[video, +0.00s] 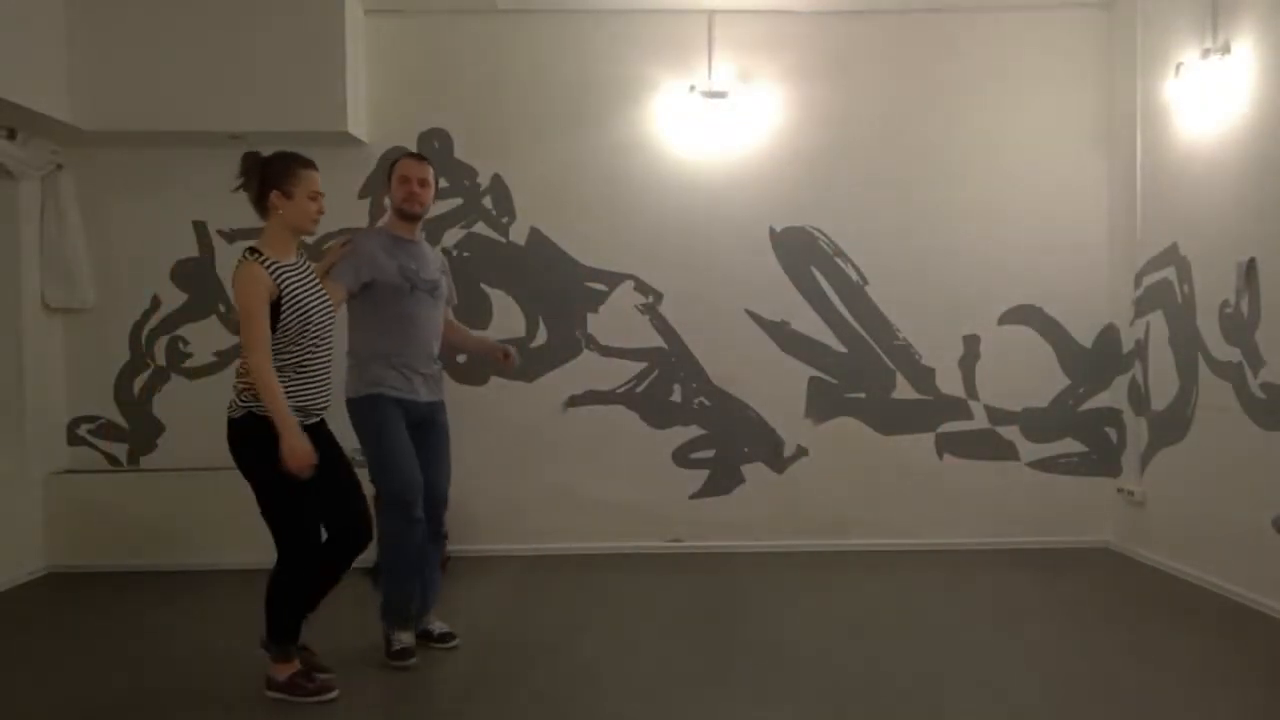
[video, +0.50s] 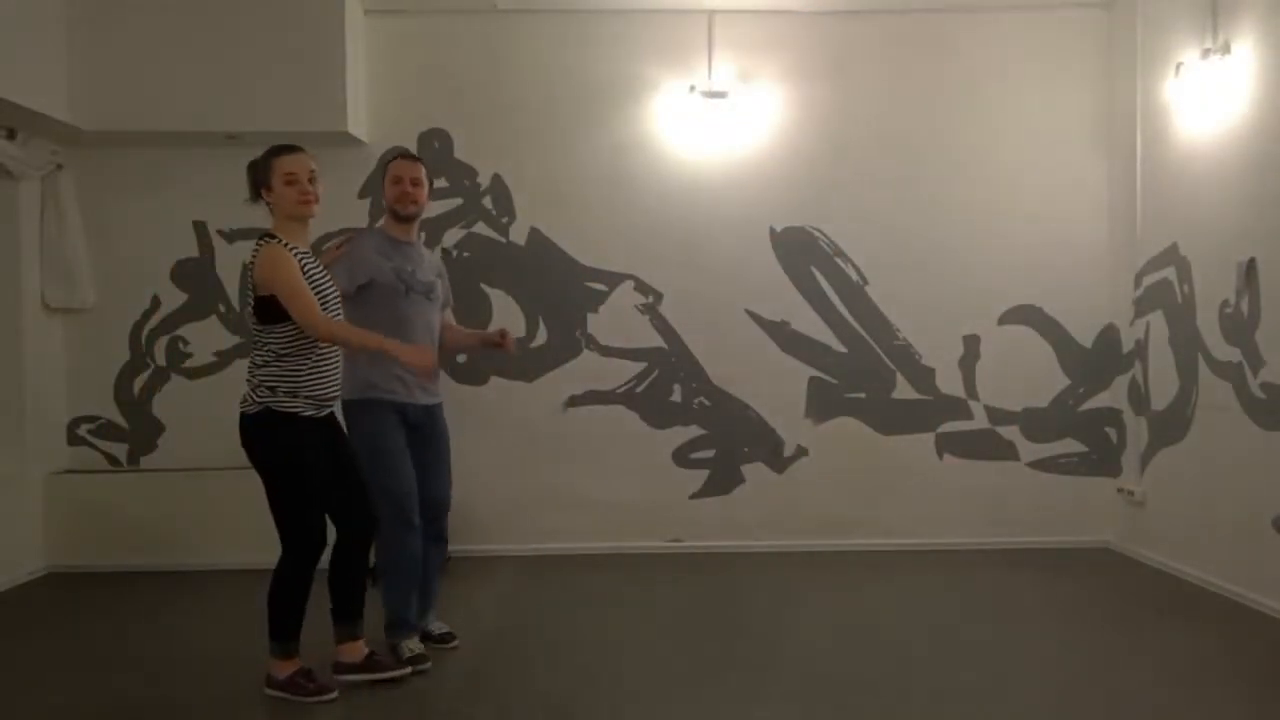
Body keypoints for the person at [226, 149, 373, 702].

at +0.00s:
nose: (321, 208)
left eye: (321, 199)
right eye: (312, 198)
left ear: (291, 204)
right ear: (277, 200)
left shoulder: (299, 262)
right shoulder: (255, 270)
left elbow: (306, 316)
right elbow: (257, 363)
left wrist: (339, 269)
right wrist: (288, 431)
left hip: (307, 420)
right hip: (263, 425)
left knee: (353, 530)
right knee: (297, 544)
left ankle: (286, 629)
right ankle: (281, 665)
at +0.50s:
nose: (307, 189)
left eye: (312, 180)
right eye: (292, 182)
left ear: (319, 189)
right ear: (267, 194)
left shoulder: (300, 254)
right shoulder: (273, 255)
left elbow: (294, 315)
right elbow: (314, 323)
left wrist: (324, 263)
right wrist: (396, 348)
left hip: (316, 417)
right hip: (277, 420)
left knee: (357, 524)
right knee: (304, 541)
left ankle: (350, 651)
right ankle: (282, 665)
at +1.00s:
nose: (288, 208)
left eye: (289, 200)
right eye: (277, 200)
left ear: (269, 213)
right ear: (245, 210)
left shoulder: (253, 264)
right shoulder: (235, 259)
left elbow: (204, 320)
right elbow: (175, 320)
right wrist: (120, 376)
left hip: (244, 420)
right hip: (232, 422)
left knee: (234, 539)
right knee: (285, 532)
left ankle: (186, 650)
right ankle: (283, 663)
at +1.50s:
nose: (207, 205)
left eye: (204, 196)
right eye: (199, 197)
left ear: (171, 208)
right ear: (170, 207)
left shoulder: (179, 268)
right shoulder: (143, 266)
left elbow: (189, 330)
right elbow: (142, 345)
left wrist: (228, 299)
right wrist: (215, 333)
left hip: (175, 426)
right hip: (128, 428)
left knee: (202, 528)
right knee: (135, 541)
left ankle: (181, 650)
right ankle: (79, 645)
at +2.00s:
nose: (189, 200)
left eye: (192, 192)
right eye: (175, 195)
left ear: (197, 201)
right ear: (147, 208)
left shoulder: (186, 263)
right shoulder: (152, 266)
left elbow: (186, 329)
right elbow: (163, 342)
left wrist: (229, 304)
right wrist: (222, 322)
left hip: (177, 410)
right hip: (152, 412)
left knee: (158, 528)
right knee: (211, 518)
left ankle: (121, 639)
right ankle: (177, 631)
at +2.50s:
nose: (260, 215)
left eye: (267, 206)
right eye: (248, 208)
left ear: (279, 210)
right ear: (228, 217)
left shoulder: (288, 272)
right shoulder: (221, 275)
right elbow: (178, 329)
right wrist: (131, 300)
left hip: (277, 418)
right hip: (228, 418)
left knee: (267, 530)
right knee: (255, 534)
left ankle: (209, 600)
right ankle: (251, 643)